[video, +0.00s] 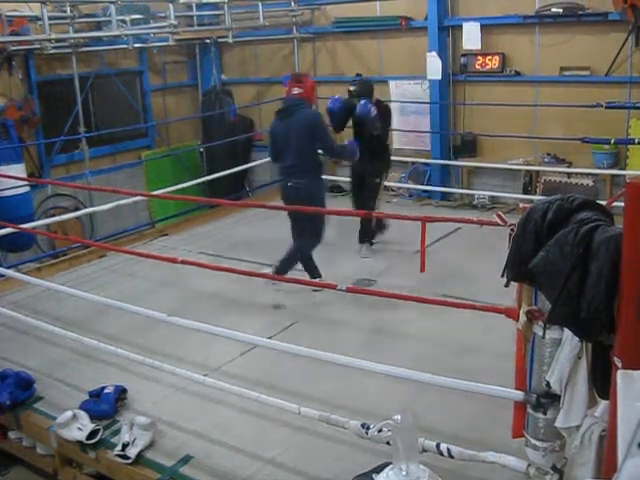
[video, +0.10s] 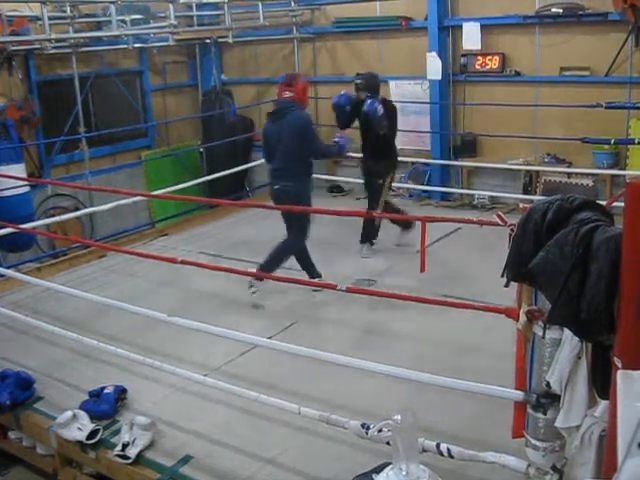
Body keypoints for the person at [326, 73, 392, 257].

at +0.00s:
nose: (354, 97)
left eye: (357, 94)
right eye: (353, 94)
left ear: (368, 93)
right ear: (353, 95)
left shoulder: (382, 108)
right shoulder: (353, 106)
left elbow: (382, 135)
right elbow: (338, 127)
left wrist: (371, 117)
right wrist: (335, 111)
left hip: (379, 158)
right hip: (360, 157)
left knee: (368, 199)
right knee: (358, 200)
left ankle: (365, 239)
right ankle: (377, 222)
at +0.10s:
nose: (357, 92)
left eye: (361, 89)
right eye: (357, 89)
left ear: (370, 89)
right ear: (359, 90)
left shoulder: (387, 107)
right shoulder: (359, 105)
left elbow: (388, 135)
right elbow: (344, 124)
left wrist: (376, 116)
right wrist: (341, 109)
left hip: (386, 159)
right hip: (369, 158)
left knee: (376, 199)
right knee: (375, 198)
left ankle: (367, 240)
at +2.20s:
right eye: (397, 106)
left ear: (377, 105)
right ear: (397, 107)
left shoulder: (365, 122)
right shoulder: (404, 124)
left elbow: (333, 123)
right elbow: (410, 142)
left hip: (373, 198)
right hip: (399, 198)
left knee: (356, 240)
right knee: (423, 241)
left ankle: (329, 279)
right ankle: (448, 289)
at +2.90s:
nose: (361, 121)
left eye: (359, 116)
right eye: (360, 117)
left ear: (337, 112)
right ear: (356, 117)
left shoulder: (321, 128)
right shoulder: (354, 135)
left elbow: (309, 146)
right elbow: (372, 152)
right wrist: (364, 130)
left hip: (301, 199)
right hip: (321, 204)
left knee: (313, 248)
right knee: (330, 263)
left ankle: (309, 282)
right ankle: (317, 320)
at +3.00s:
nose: (357, 121)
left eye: (356, 116)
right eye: (356, 117)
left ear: (335, 111)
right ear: (351, 116)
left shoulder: (319, 126)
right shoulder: (346, 132)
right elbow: (365, 150)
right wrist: (363, 130)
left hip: (297, 195)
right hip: (317, 199)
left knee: (314, 245)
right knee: (330, 254)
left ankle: (309, 284)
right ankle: (316, 311)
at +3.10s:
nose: (355, 117)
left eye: (354, 112)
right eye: (354, 113)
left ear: (332, 108)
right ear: (349, 113)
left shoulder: (315, 123)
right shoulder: (347, 131)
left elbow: (303, 126)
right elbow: (360, 150)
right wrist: (357, 128)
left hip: (295, 192)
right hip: (316, 196)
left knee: (312, 246)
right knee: (328, 250)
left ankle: (308, 299)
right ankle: (312, 303)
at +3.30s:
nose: (351, 117)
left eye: (350, 114)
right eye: (349, 113)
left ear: (325, 108)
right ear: (341, 112)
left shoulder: (313, 124)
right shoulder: (336, 128)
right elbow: (364, 148)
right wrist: (363, 137)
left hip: (293, 191)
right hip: (312, 194)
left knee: (315, 244)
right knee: (325, 250)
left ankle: (308, 296)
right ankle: (307, 304)